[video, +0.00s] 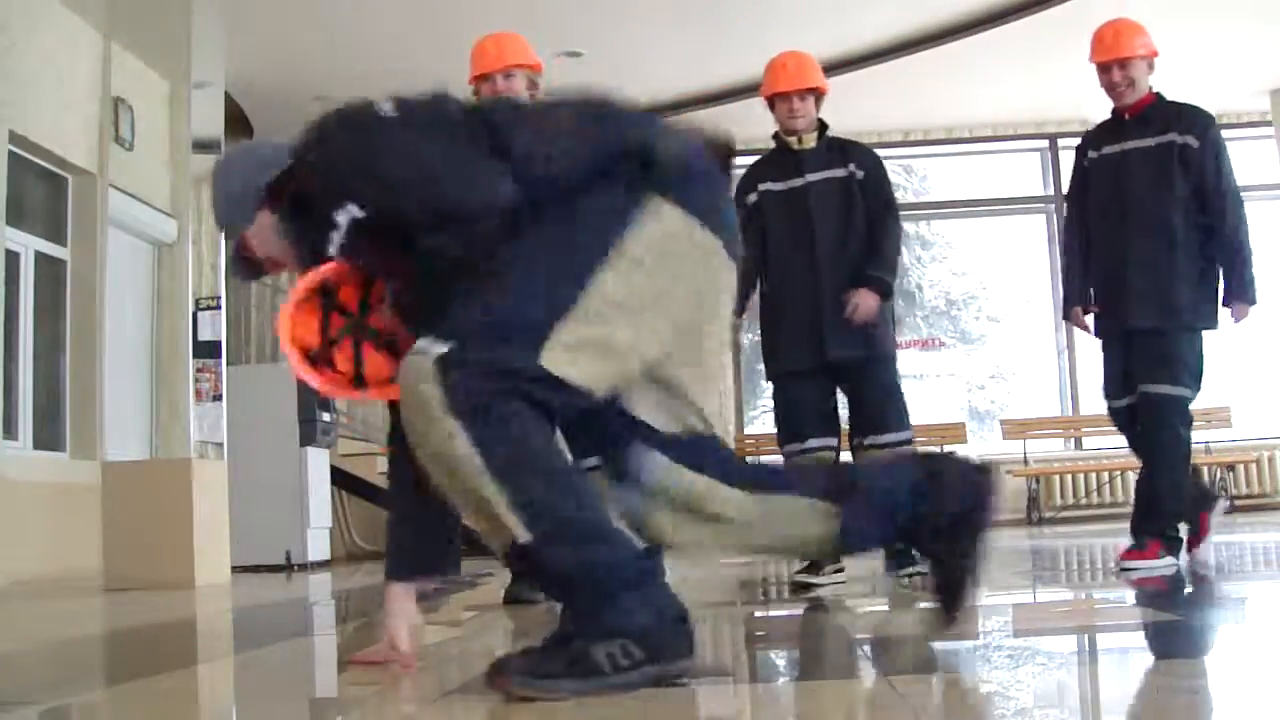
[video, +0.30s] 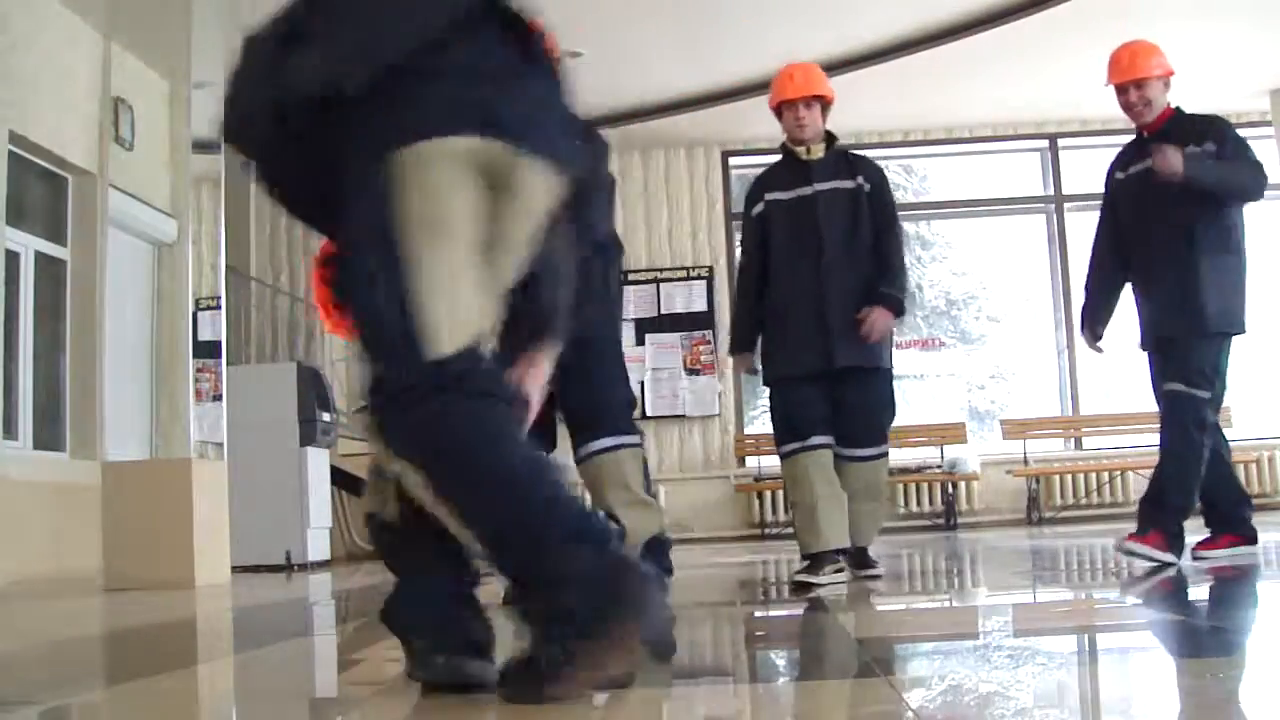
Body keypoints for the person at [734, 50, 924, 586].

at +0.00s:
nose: (796, 108)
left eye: (805, 97)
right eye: (784, 100)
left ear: (820, 100)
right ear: (770, 107)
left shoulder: (859, 160)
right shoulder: (754, 179)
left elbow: (887, 228)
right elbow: (744, 256)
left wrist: (875, 286)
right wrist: (727, 311)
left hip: (860, 333)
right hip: (792, 341)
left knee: (887, 449)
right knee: (807, 458)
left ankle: (904, 550)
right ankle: (819, 557)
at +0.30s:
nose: (799, 116)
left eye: (808, 105)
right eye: (789, 108)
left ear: (826, 109)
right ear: (777, 116)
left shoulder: (863, 172)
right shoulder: (763, 188)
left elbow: (890, 245)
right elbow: (752, 269)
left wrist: (887, 302)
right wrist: (743, 339)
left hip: (858, 333)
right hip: (791, 340)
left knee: (863, 447)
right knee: (805, 448)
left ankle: (860, 546)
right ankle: (822, 552)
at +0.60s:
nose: (824, 128)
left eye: (833, 117)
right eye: (813, 120)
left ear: (847, 123)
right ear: (800, 128)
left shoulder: (876, 191)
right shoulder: (780, 193)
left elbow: (901, 261)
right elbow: (760, 268)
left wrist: (911, 321)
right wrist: (752, 331)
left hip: (865, 343)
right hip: (802, 346)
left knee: (867, 448)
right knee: (813, 448)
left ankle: (860, 547)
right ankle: (822, 549)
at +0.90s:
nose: (825, 128)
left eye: (834, 118)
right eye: (816, 120)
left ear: (851, 124)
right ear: (805, 128)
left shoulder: (875, 192)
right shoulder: (787, 190)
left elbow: (896, 265)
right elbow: (769, 263)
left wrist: (904, 327)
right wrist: (769, 321)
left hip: (867, 341)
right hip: (807, 341)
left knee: (866, 449)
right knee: (814, 448)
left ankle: (856, 549)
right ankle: (816, 549)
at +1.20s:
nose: (817, 130)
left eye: (826, 121)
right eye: (808, 123)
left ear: (845, 126)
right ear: (799, 131)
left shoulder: (872, 194)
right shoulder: (782, 194)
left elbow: (898, 263)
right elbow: (768, 266)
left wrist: (914, 321)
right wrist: (769, 324)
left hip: (862, 346)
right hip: (801, 347)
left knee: (862, 451)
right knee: (804, 451)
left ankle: (857, 550)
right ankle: (807, 552)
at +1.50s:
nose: (797, 136)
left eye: (806, 126)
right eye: (790, 128)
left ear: (827, 129)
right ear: (782, 134)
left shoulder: (861, 194)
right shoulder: (766, 196)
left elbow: (888, 258)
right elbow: (745, 268)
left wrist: (900, 314)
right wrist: (745, 329)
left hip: (851, 346)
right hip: (785, 348)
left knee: (856, 453)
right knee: (773, 453)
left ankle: (857, 549)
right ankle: (760, 549)